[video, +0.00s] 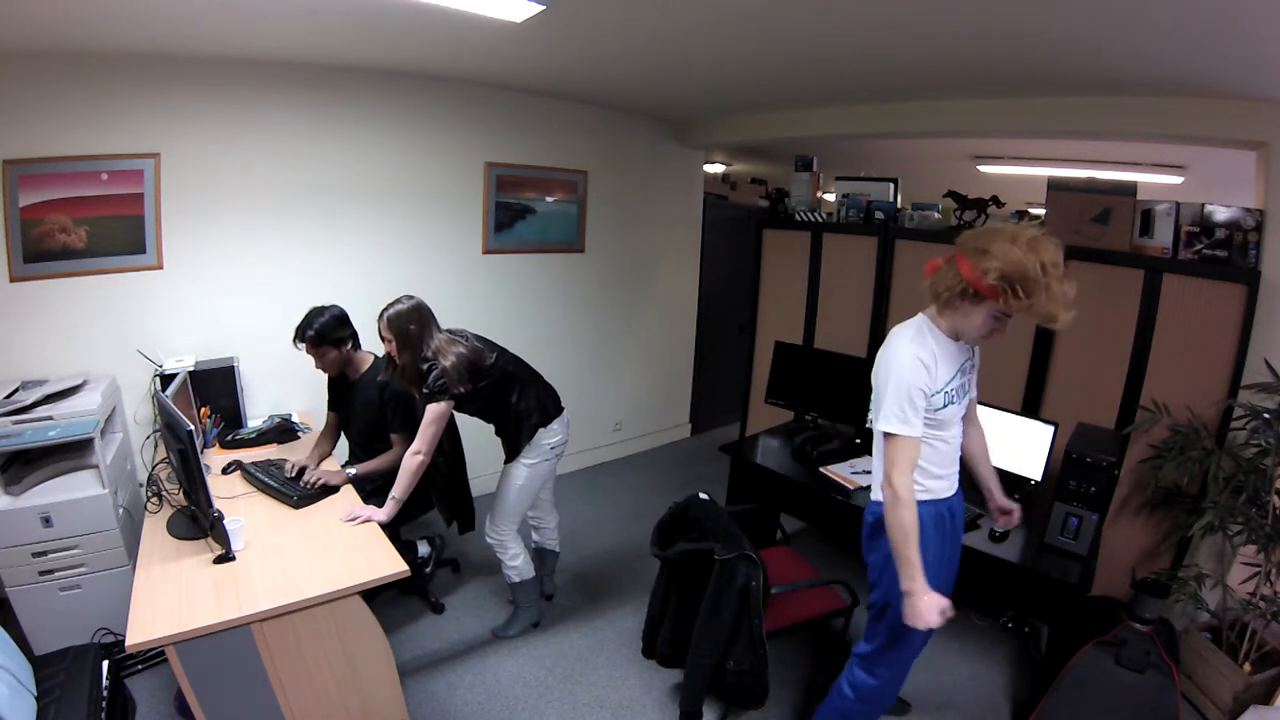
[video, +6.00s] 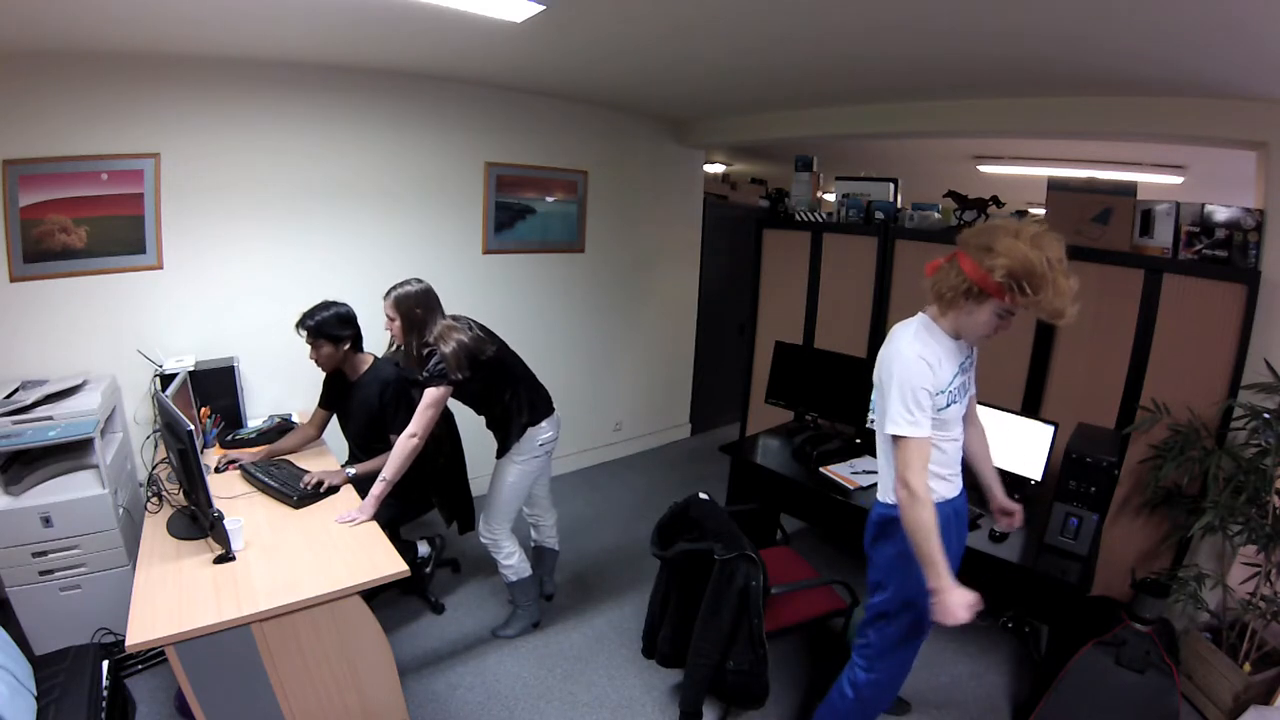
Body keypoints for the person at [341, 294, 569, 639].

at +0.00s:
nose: (386, 349)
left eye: (389, 341)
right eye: (384, 341)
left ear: (410, 338)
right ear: (420, 330)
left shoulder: (443, 369)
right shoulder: (450, 340)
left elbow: (420, 452)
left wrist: (388, 509)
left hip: (539, 433)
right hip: (547, 421)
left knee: (500, 530)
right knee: (541, 507)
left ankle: (527, 608)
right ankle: (546, 581)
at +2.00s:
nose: (385, 345)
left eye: (389, 338)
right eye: (384, 337)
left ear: (411, 337)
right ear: (420, 331)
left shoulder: (442, 370)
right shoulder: (449, 341)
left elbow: (420, 452)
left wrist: (388, 509)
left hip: (537, 432)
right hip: (546, 420)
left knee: (500, 530)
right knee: (541, 507)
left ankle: (528, 607)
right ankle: (545, 581)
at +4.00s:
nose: (382, 346)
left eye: (387, 339)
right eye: (381, 338)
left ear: (412, 336)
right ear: (415, 334)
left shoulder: (443, 367)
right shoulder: (445, 341)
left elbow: (419, 448)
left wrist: (386, 507)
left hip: (534, 430)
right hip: (541, 419)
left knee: (500, 529)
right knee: (541, 506)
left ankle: (527, 608)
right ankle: (546, 581)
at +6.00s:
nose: (387, 327)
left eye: (391, 319)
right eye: (387, 319)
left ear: (414, 317)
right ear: (424, 314)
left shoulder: (445, 353)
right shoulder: (456, 326)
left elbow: (414, 436)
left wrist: (371, 500)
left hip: (527, 432)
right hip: (540, 419)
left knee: (494, 529)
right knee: (539, 507)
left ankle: (527, 608)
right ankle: (545, 581)